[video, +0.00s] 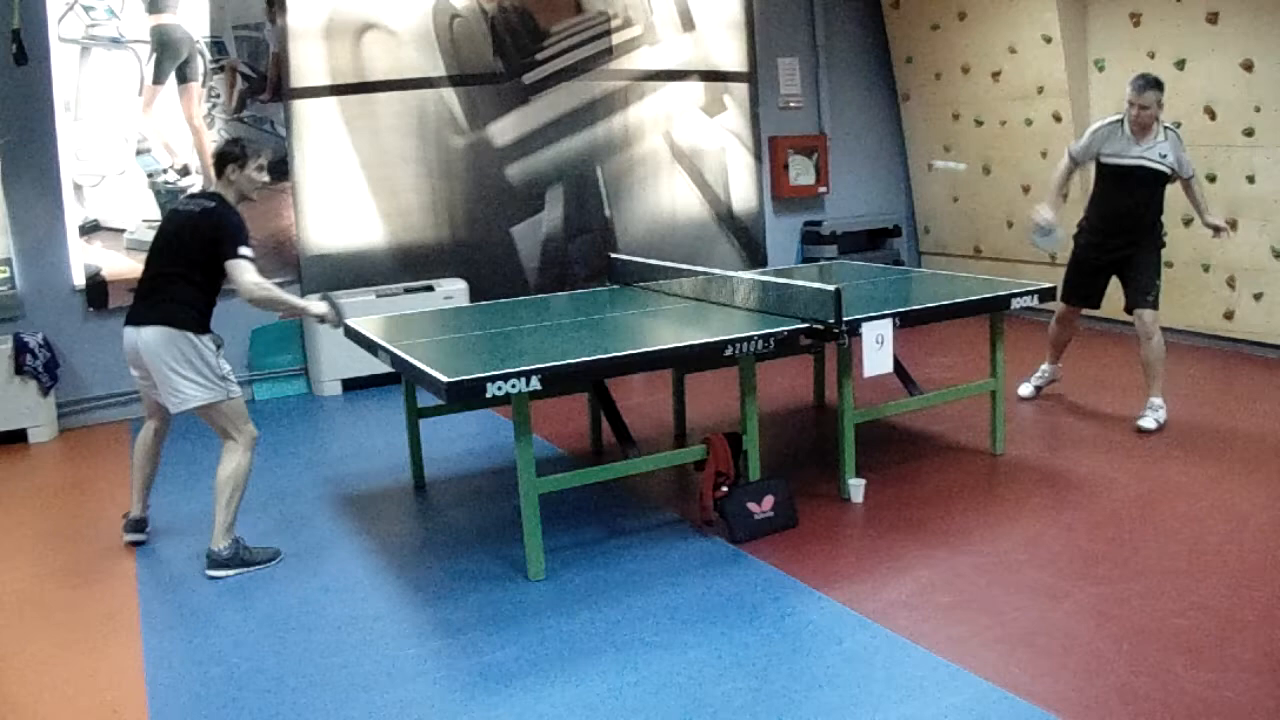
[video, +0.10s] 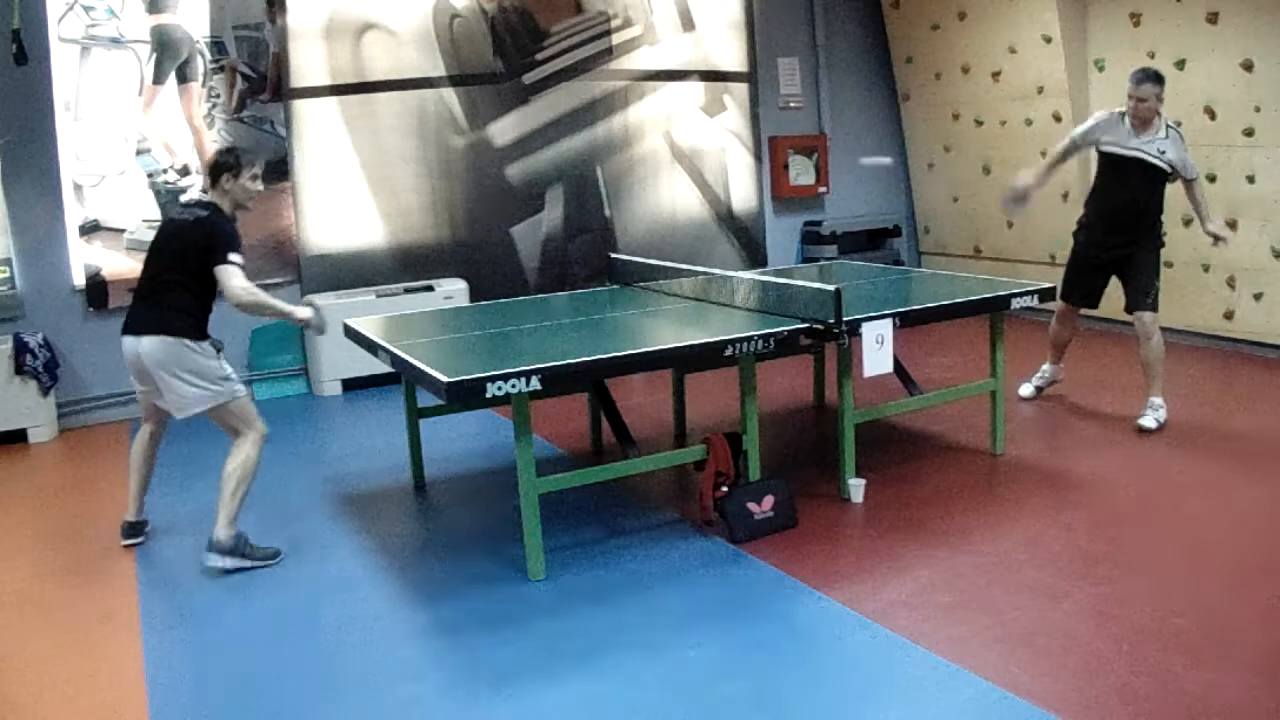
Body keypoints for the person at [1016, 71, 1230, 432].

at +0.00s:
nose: (1138, 114)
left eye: (1147, 108)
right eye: (1133, 106)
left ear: (1160, 107)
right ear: (1125, 102)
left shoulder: (1171, 140)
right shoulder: (1103, 132)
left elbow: (1187, 178)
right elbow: (1070, 163)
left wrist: (1205, 217)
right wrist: (1051, 207)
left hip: (1141, 244)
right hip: (1095, 239)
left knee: (1146, 322)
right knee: (1065, 313)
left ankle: (1155, 402)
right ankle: (1049, 368)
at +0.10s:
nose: (1137, 106)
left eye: (1145, 101)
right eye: (1133, 99)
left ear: (1160, 102)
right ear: (1127, 96)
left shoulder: (1171, 138)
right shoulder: (1105, 124)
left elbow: (1190, 178)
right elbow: (1065, 148)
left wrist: (1206, 221)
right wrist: (1033, 183)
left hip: (1141, 242)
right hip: (1095, 235)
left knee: (1145, 322)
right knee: (1066, 311)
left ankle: (1155, 402)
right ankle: (1051, 369)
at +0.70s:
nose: (1068, 98)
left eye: (1074, 92)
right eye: (1066, 92)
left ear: (1095, 94)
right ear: (1067, 96)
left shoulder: (1114, 130)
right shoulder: (1070, 130)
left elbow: (1133, 180)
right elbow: (1061, 176)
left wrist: (1112, 211)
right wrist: (1023, 194)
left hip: (1105, 239)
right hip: (1069, 238)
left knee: (1119, 317)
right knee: (1060, 311)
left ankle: (1144, 394)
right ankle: (1067, 374)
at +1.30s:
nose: (942, 140)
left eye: (946, 132)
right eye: (941, 134)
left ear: (967, 130)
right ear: (953, 136)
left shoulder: (996, 150)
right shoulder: (959, 172)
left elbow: (1031, 170)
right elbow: (930, 207)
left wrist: (1014, 191)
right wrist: (883, 218)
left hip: (1038, 253)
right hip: (1000, 255)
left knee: (1076, 322)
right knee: (952, 311)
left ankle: (1125, 389)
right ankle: (946, 381)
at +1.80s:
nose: (956, 120)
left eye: (962, 113)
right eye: (952, 115)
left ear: (982, 113)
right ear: (951, 119)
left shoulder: (1007, 141)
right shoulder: (958, 155)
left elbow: (1045, 172)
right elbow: (943, 200)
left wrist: (1047, 206)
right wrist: (901, 205)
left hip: (1029, 244)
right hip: (988, 246)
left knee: (1058, 313)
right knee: (949, 308)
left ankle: (1092, 383)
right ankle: (945, 379)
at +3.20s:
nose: (1029, 114)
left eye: (1036, 107)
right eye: (1027, 107)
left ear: (1057, 107)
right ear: (1032, 108)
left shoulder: (1082, 139)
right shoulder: (1028, 140)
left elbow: (1112, 184)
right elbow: (988, 165)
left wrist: (1099, 222)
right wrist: (944, 163)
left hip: (1077, 244)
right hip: (1039, 242)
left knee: (1081, 319)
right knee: (1011, 307)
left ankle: (1106, 388)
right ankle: (991, 370)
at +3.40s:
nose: (1047, 106)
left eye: (1053, 99)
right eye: (1044, 100)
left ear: (1073, 100)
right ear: (1042, 102)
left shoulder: (1096, 136)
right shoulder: (1040, 134)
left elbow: (1124, 182)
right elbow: (1014, 174)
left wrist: (1120, 227)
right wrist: (976, 178)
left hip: (1084, 239)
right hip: (1046, 236)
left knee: (1085, 316)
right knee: (1020, 305)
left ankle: (1107, 388)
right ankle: (1018, 371)